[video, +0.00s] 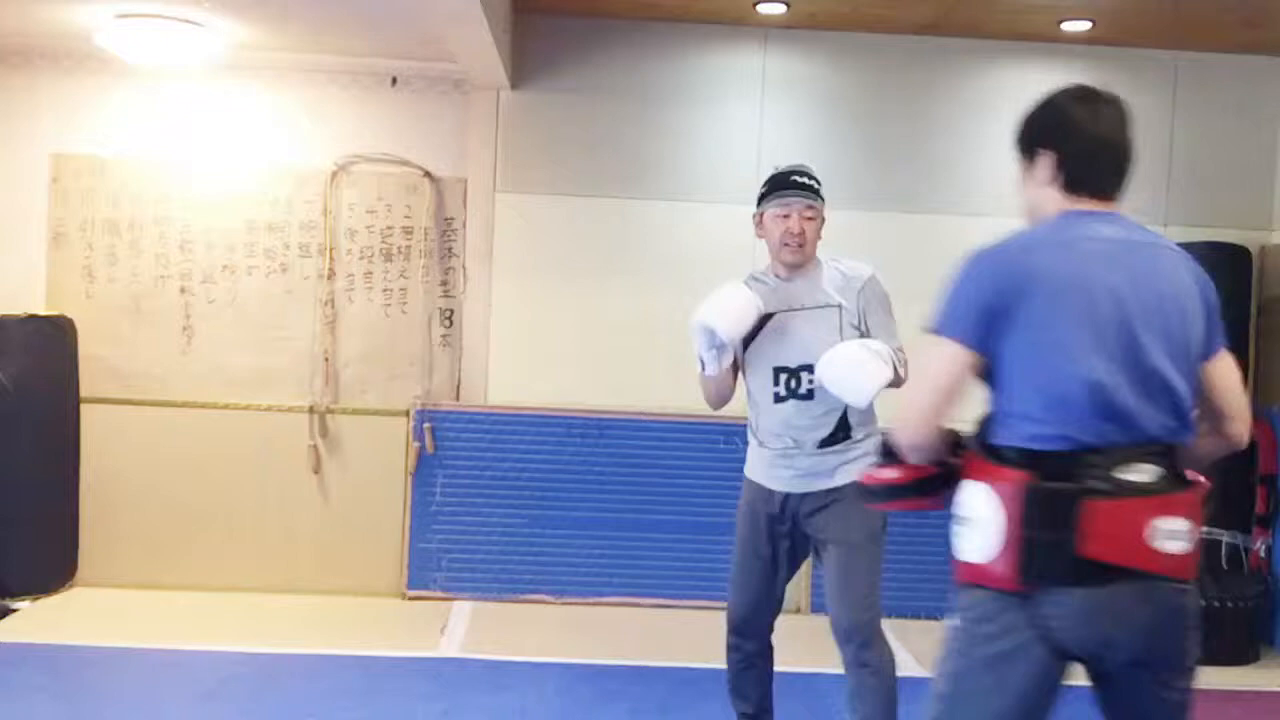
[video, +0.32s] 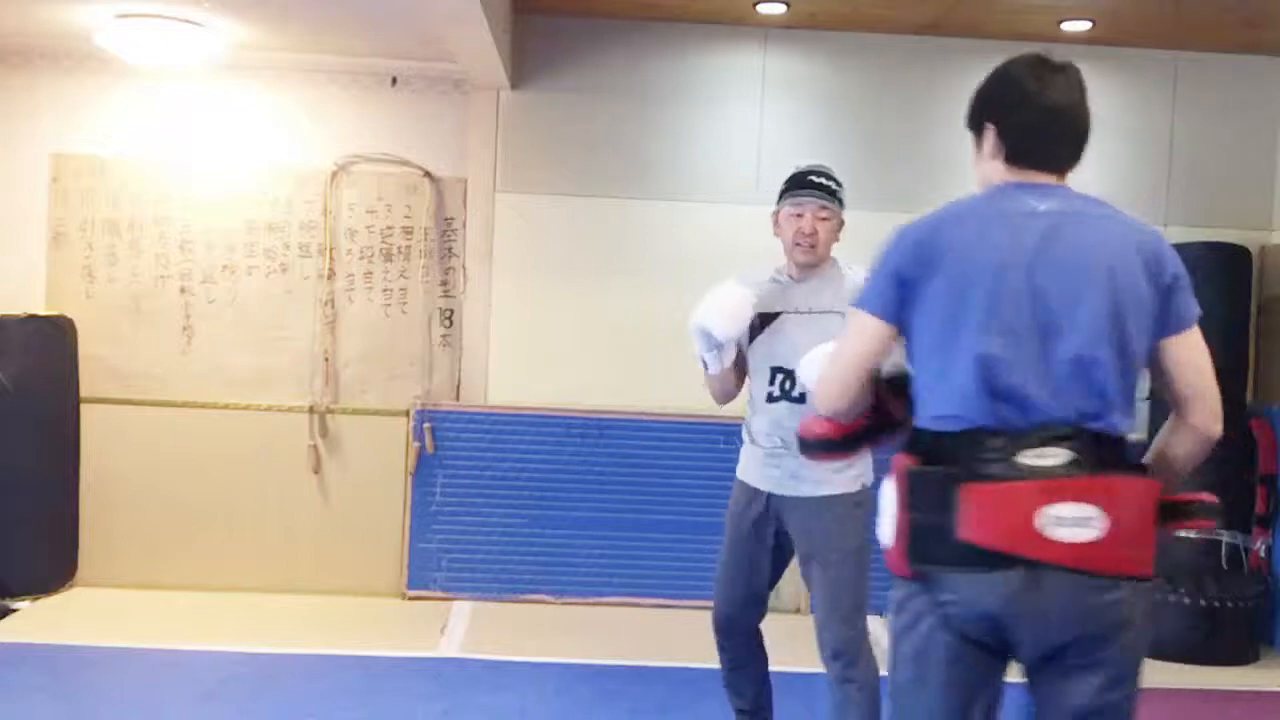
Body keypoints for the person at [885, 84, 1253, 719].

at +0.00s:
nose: (1020, 180)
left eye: (1023, 162)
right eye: (1020, 163)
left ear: (1047, 164)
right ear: (1116, 169)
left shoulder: (1001, 265)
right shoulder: (1183, 270)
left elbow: (913, 431)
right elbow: (1232, 427)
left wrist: (950, 454)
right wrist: (1160, 458)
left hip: (1022, 558)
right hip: (1149, 561)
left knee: (968, 711)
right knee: (1155, 709)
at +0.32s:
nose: (974, 153)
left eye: (974, 136)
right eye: (974, 137)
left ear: (989, 136)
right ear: (1076, 147)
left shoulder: (928, 238)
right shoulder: (1142, 245)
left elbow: (832, 395)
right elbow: (1202, 418)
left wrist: (885, 393)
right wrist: (1134, 497)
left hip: (954, 550)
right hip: (1092, 557)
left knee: (928, 709)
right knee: (1091, 706)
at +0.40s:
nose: (954, 148)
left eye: (954, 134)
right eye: (956, 134)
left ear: (966, 138)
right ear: (1060, 146)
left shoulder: (898, 239)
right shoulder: (1124, 248)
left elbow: (795, 389)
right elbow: (1191, 426)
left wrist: (865, 354)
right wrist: (1122, 521)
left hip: (913, 549)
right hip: (1058, 557)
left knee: (899, 709)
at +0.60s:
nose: (924, 152)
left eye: (924, 140)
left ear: (933, 148)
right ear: (1037, 159)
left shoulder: (854, 241)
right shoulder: (1090, 271)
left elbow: (749, 343)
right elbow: (1158, 477)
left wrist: (809, 252)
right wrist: (1099, 586)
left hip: (833, 569)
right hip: (982, 595)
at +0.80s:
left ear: (872, 118)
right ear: (979, 131)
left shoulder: (794, 215)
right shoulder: (1022, 241)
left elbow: (709, 284)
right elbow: (1104, 452)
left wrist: (765, 199)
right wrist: (1072, 569)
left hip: (782, 535)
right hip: (923, 555)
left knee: (788, 700)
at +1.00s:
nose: (933, 130)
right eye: (933, 115)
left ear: (817, 114)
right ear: (921, 131)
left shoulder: (742, 211)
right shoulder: (924, 228)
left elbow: (715, 349)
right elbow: (1018, 446)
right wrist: (1017, 539)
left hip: (704, 544)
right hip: (824, 561)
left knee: (710, 698)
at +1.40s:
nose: (837, 114)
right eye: (838, 97)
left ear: (713, 90)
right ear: (824, 108)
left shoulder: (623, 205)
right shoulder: (837, 225)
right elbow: (924, 466)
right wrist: (902, 562)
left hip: (603, 553)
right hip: (729, 580)